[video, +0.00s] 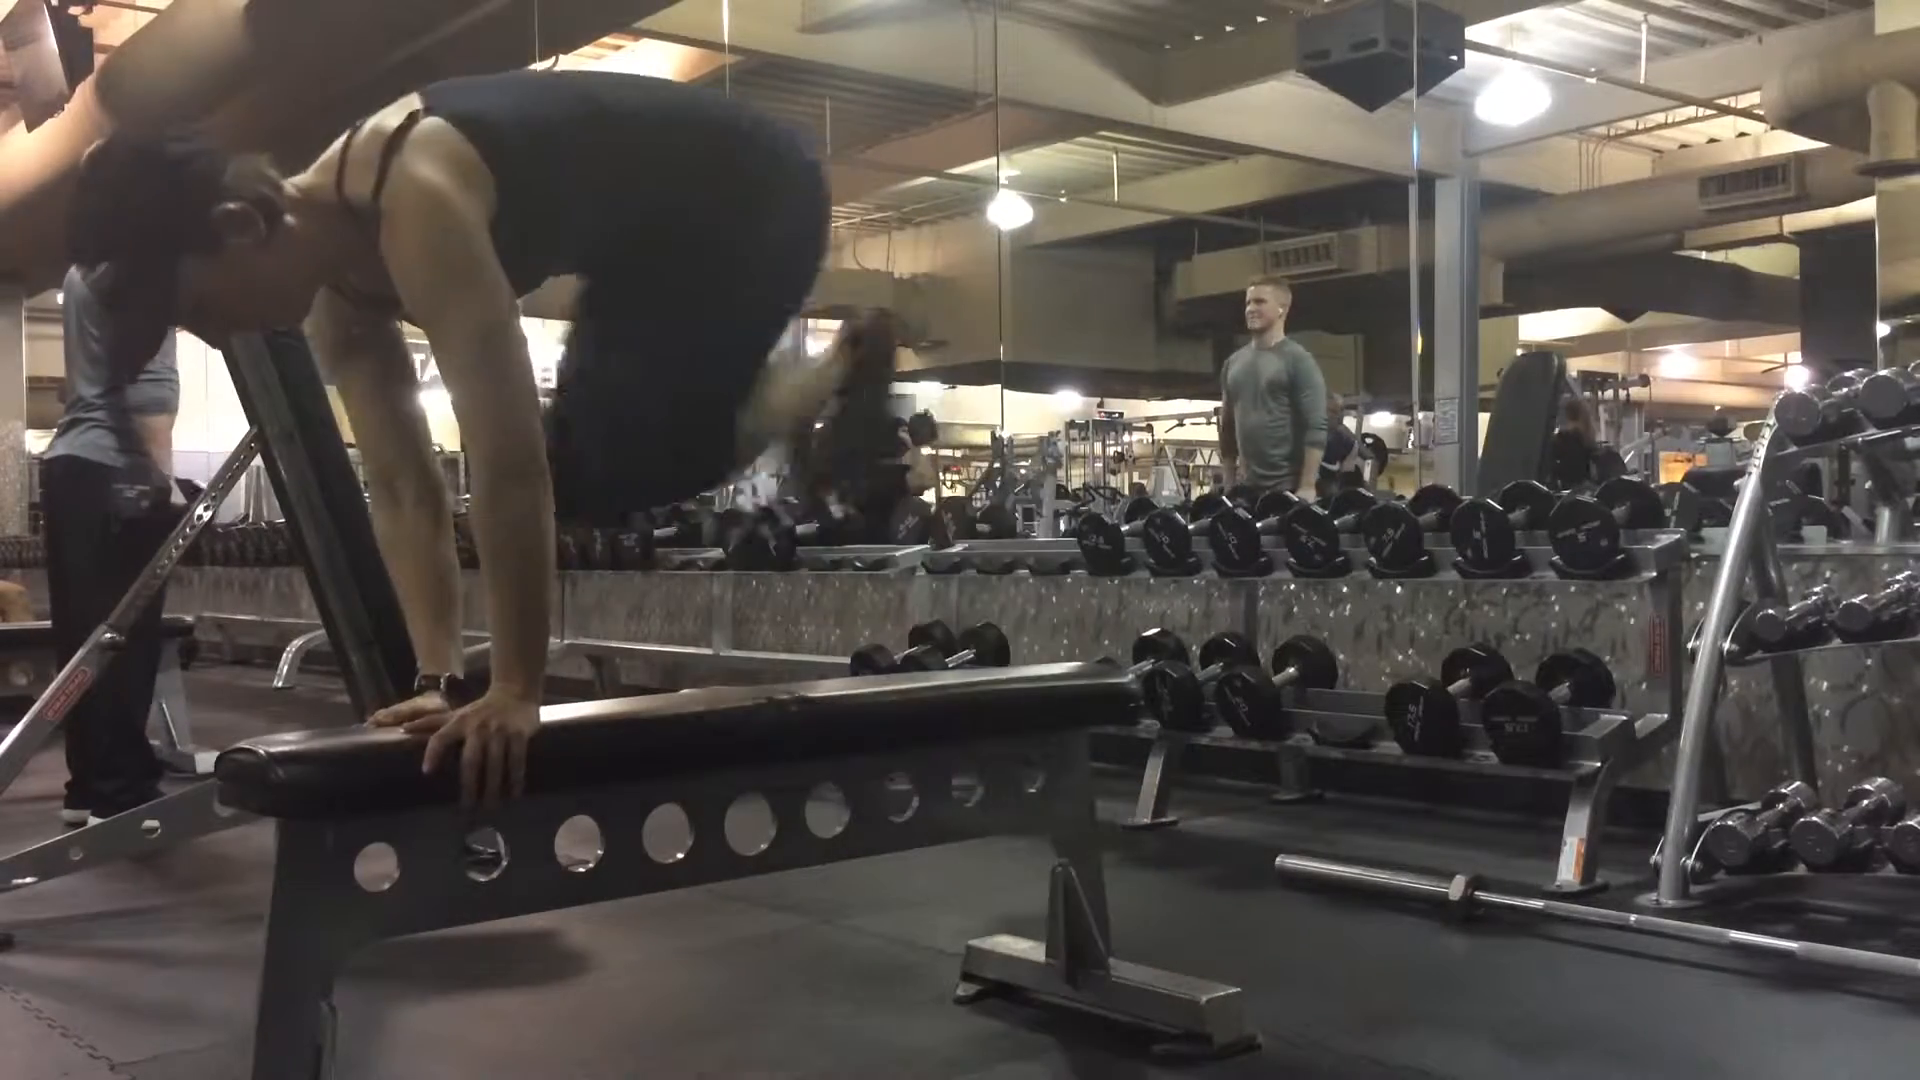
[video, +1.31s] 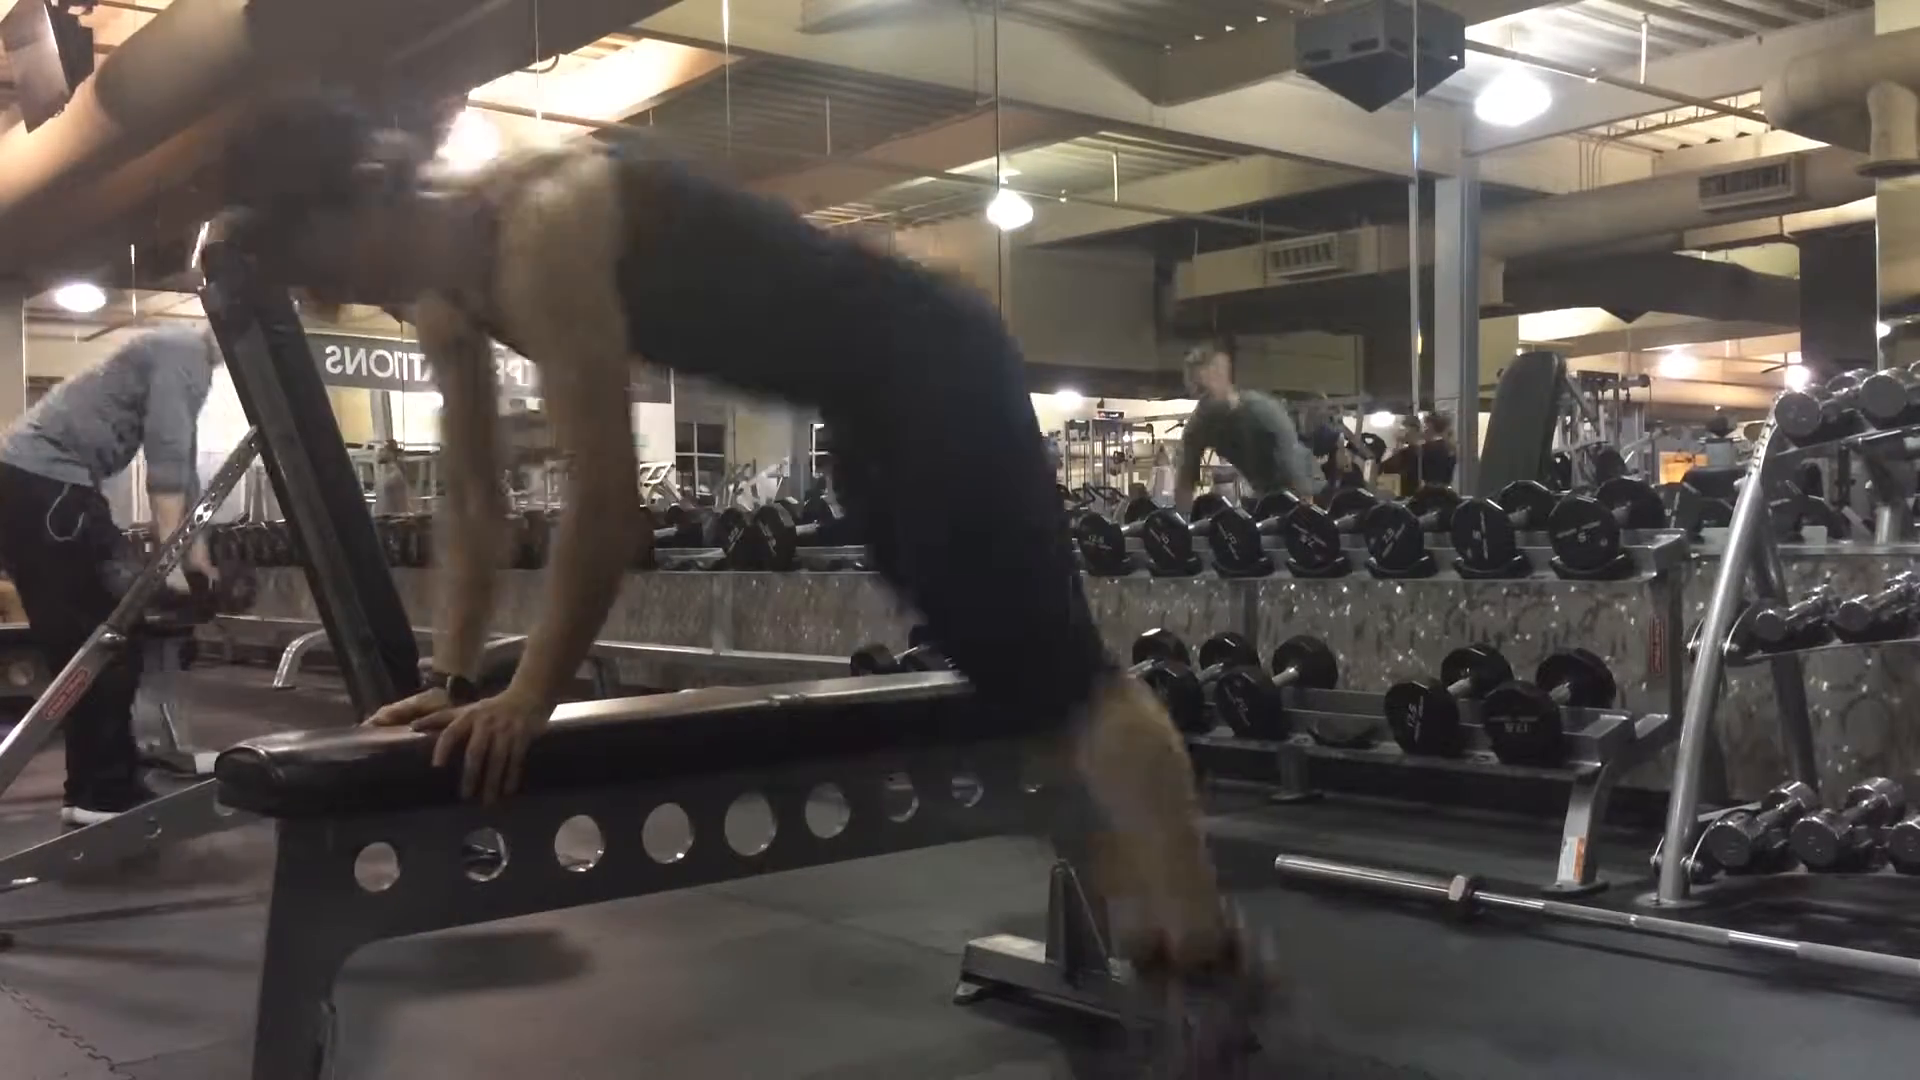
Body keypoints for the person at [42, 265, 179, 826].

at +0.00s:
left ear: (108, 216)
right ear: (148, 223)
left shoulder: (79, 270)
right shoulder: (135, 272)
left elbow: (79, 384)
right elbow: (148, 386)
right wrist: (163, 481)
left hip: (71, 462)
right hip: (116, 468)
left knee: (83, 629)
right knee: (127, 629)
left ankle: (89, 783)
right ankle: (117, 788)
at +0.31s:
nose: (143, 196)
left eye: (137, 184)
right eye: (137, 185)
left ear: (80, 189)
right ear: (120, 186)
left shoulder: (78, 261)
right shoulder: (115, 264)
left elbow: (151, 352)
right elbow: (128, 381)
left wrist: (210, 405)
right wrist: (156, 478)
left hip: (72, 466)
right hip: (107, 470)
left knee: (89, 630)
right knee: (126, 628)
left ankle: (94, 781)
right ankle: (120, 786)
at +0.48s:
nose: (146, 204)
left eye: (146, 191)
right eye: (141, 190)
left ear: (90, 191)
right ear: (111, 188)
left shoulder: (70, 262)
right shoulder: (113, 266)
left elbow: (167, 310)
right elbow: (128, 383)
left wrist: (228, 314)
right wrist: (155, 474)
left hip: (70, 469)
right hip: (107, 471)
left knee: (87, 630)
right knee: (123, 631)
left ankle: (93, 785)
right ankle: (121, 790)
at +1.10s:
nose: (191, 233)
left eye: (191, 221)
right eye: (186, 219)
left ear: (135, 216)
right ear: (159, 216)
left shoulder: (100, 274)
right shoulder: (131, 283)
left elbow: (177, 348)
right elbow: (144, 398)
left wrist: (239, 389)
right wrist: (167, 495)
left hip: (50, 478)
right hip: (85, 483)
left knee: (85, 640)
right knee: (142, 635)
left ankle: (89, 789)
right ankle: (125, 793)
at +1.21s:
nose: (214, 263)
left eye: (216, 250)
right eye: (211, 249)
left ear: (162, 244)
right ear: (189, 245)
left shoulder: (144, 300)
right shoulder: (153, 301)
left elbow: (183, 404)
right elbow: (154, 417)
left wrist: (232, 462)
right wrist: (170, 518)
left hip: (42, 478)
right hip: (57, 481)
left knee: (86, 638)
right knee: (123, 633)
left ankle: (93, 787)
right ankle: (114, 791)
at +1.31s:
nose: (253, 344)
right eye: (256, 332)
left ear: (221, 319)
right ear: (235, 327)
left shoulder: (185, 362)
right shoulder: (180, 349)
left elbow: (181, 472)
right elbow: (166, 466)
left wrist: (197, 558)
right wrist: (171, 559)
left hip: (49, 481)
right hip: (44, 482)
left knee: (94, 641)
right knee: (102, 641)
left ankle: (101, 785)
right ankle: (101, 791)